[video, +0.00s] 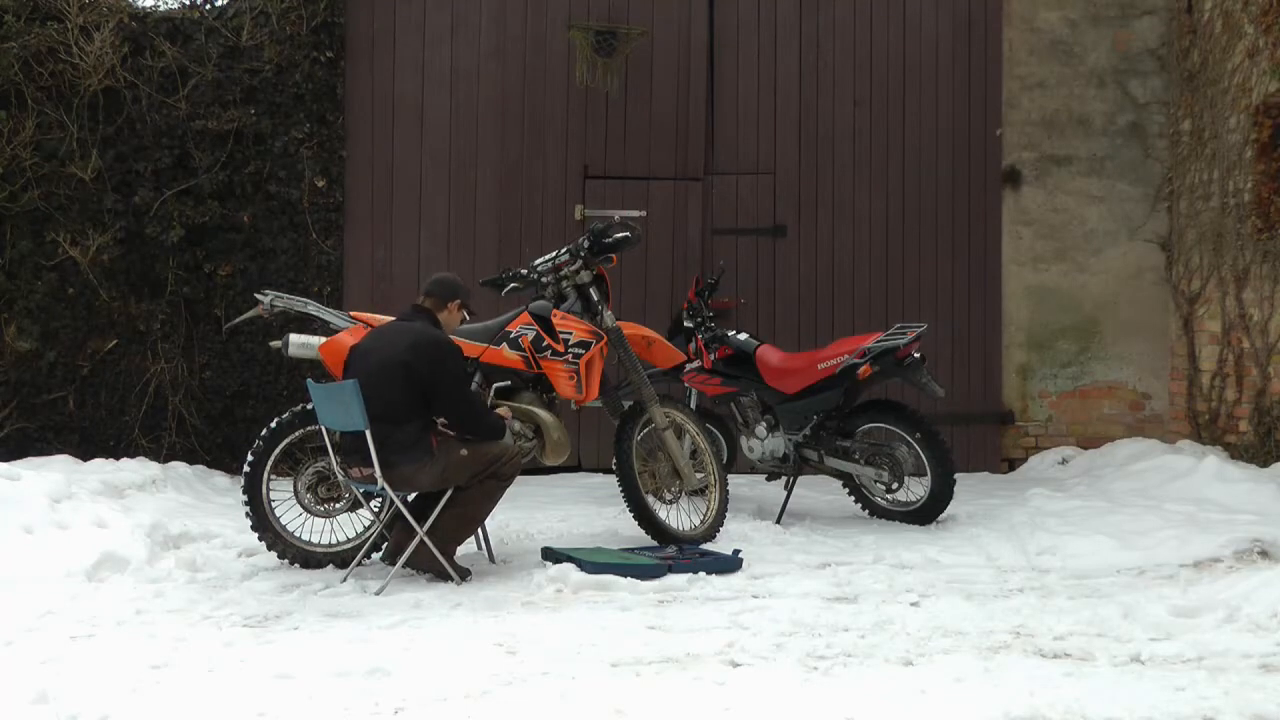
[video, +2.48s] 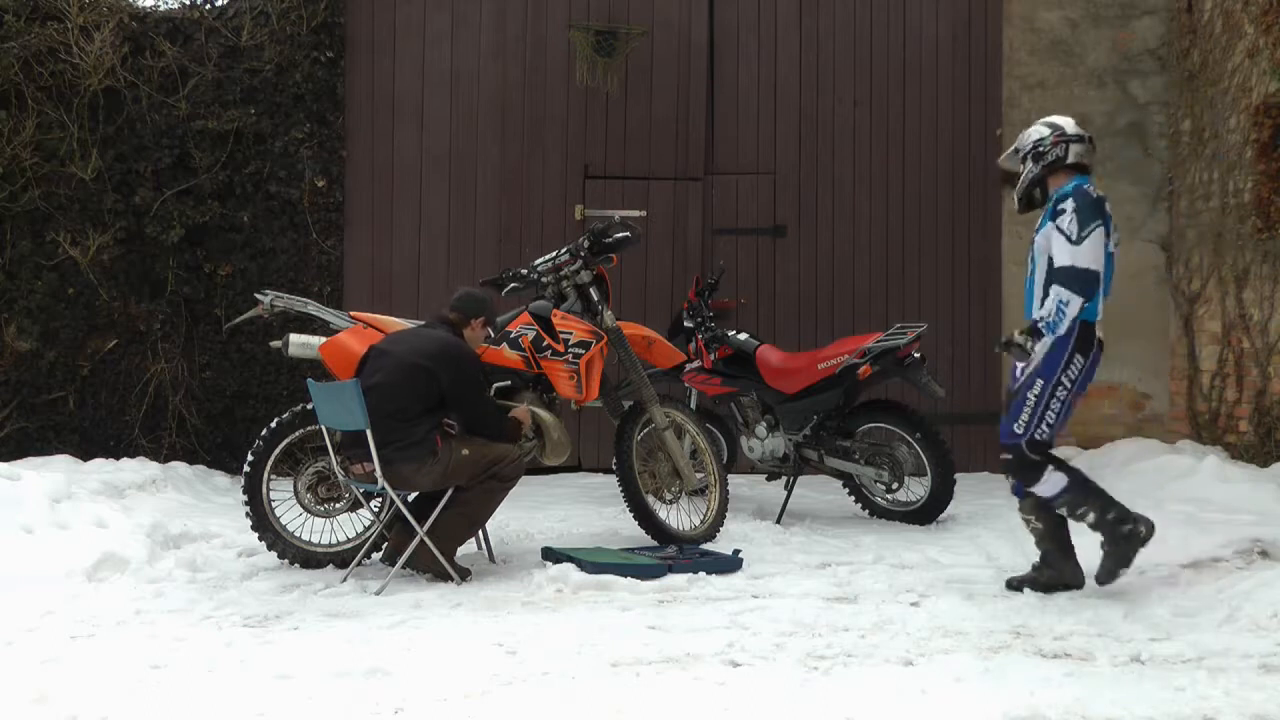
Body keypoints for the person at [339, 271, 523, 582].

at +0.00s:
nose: (461, 320)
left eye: (463, 313)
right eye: (462, 311)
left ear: (421, 302)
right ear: (450, 307)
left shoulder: (380, 332)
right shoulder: (439, 346)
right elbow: (471, 422)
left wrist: (431, 416)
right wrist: (499, 421)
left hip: (357, 457)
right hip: (399, 464)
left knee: (456, 452)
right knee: (507, 457)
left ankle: (403, 543)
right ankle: (434, 550)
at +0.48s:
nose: (474, 341)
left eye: (477, 334)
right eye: (476, 332)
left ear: (443, 315)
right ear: (468, 324)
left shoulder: (393, 337)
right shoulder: (452, 353)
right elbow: (482, 431)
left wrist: (438, 421)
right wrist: (494, 420)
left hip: (358, 457)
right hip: (402, 463)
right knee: (507, 461)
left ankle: (401, 543)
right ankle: (434, 551)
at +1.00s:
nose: (475, 341)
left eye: (478, 334)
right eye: (477, 332)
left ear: (443, 315)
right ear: (469, 325)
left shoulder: (392, 338)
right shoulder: (453, 354)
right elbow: (480, 432)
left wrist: (434, 421)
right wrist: (493, 423)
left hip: (357, 457)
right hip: (400, 462)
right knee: (507, 462)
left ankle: (401, 543)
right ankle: (434, 551)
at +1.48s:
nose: (475, 339)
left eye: (478, 332)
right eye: (478, 330)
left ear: (442, 314)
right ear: (470, 324)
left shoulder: (391, 338)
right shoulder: (453, 353)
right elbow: (476, 429)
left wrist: (435, 424)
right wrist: (495, 433)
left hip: (357, 458)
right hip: (400, 463)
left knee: (464, 454)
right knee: (507, 462)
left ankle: (402, 543)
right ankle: (434, 552)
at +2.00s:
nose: (479, 335)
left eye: (481, 328)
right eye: (480, 327)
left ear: (442, 313)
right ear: (469, 321)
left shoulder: (393, 337)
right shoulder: (455, 354)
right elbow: (482, 431)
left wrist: (437, 425)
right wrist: (499, 437)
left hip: (357, 455)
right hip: (401, 462)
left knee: (463, 452)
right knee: (507, 462)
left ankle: (402, 542)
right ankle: (434, 551)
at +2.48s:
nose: (487, 336)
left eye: (489, 328)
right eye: (487, 327)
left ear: (449, 315)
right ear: (475, 323)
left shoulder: (400, 337)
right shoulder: (458, 355)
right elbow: (480, 422)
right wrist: (515, 420)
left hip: (358, 455)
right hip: (402, 461)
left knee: (463, 453)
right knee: (508, 462)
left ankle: (402, 543)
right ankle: (435, 551)